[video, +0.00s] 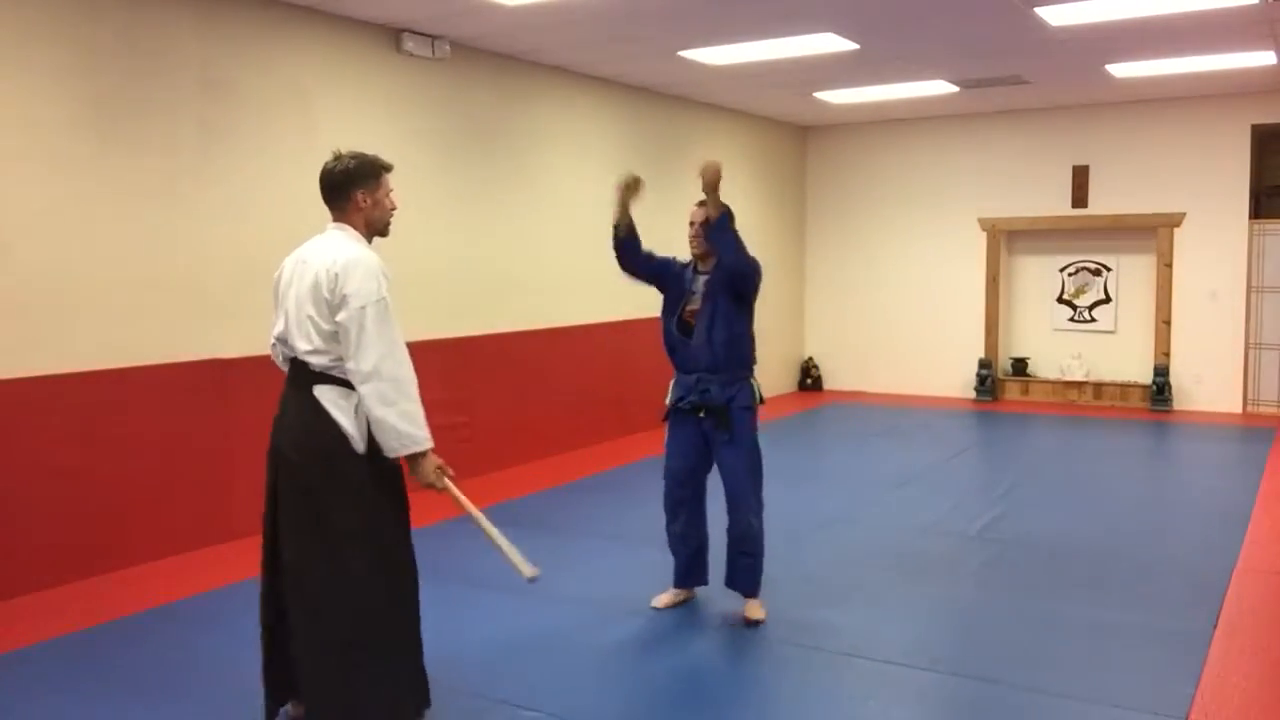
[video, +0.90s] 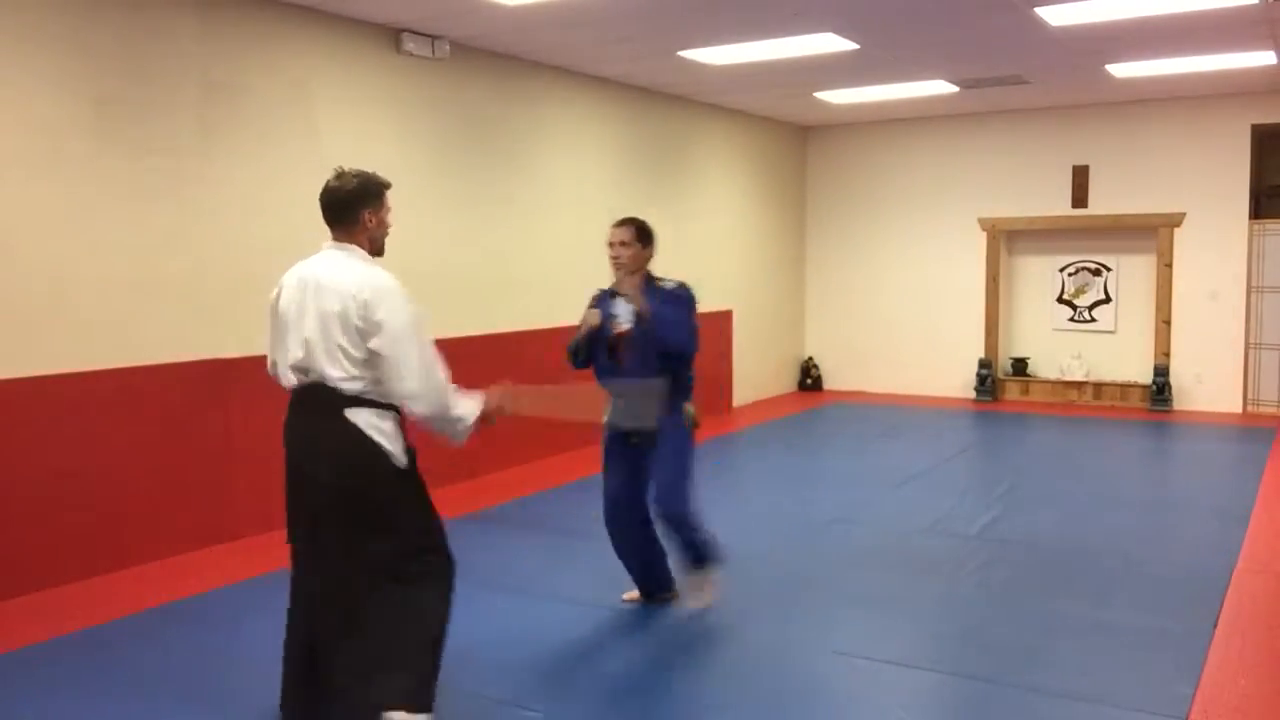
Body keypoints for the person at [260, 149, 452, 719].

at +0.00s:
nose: (393, 203)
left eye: (390, 192)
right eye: (387, 193)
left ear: (342, 201)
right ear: (361, 200)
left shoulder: (299, 259)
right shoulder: (359, 264)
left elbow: (283, 348)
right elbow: (380, 366)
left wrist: (333, 384)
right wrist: (418, 449)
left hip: (294, 425)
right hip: (344, 431)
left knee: (302, 565)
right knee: (371, 568)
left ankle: (299, 695)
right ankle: (379, 700)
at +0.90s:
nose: (389, 223)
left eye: (388, 212)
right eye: (386, 214)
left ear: (333, 220)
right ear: (368, 219)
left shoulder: (294, 280)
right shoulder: (376, 287)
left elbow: (281, 367)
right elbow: (417, 388)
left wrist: (343, 375)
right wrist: (474, 407)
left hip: (304, 430)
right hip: (365, 435)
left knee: (321, 565)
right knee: (424, 561)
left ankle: (313, 703)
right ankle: (401, 701)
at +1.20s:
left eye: (354, 212)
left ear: (349, 218)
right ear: (405, 214)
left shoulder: (328, 289)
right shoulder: (451, 279)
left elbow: (291, 390)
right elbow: (482, 356)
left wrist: (289, 430)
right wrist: (429, 344)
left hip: (364, 444)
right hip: (444, 440)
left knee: (346, 580)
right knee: (449, 586)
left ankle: (323, 696)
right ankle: (456, 706)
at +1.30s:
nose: (352, 216)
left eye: (351, 210)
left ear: (352, 214)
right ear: (409, 211)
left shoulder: (346, 272)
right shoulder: (454, 269)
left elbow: (321, 361)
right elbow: (462, 353)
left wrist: (276, 420)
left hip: (386, 443)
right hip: (461, 434)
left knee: (344, 595)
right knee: (459, 593)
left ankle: (325, 707)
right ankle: (468, 707)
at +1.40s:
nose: (357, 217)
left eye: (356, 211)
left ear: (356, 214)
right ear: (413, 213)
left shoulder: (347, 267)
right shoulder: (457, 269)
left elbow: (330, 341)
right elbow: (467, 341)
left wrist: (275, 417)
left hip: (392, 441)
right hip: (470, 433)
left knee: (354, 593)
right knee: (474, 588)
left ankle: (364, 705)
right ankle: (476, 705)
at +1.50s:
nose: (363, 243)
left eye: (362, 236)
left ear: (364, 239)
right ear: (421, 237)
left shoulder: (355, 285)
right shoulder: (460, 295)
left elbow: (325, 356)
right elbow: (456, 380)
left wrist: (270, 433)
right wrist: (350, 409)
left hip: (405, 452)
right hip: (484, 449)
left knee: (381, 610)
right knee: (485, 606)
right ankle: (487, 710)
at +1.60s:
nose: (374, 274)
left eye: (373, 267)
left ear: (376, 269)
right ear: (430, 267)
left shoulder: (368, 312)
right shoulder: (464, 320)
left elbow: (316, 383)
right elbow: (480, 410)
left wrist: (258, 455)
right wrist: (385, 474)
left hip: (425, 472)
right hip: (500, 467)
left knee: (368, 630)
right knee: (493, 613)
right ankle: (509, 707)